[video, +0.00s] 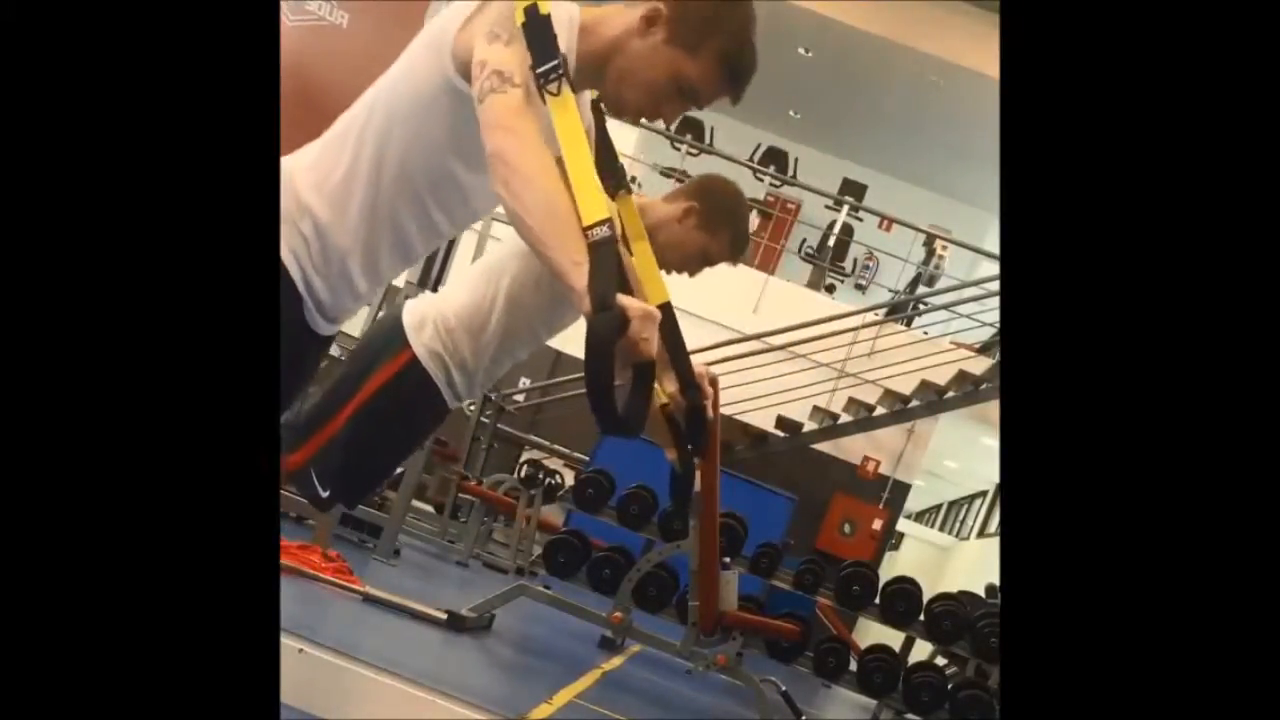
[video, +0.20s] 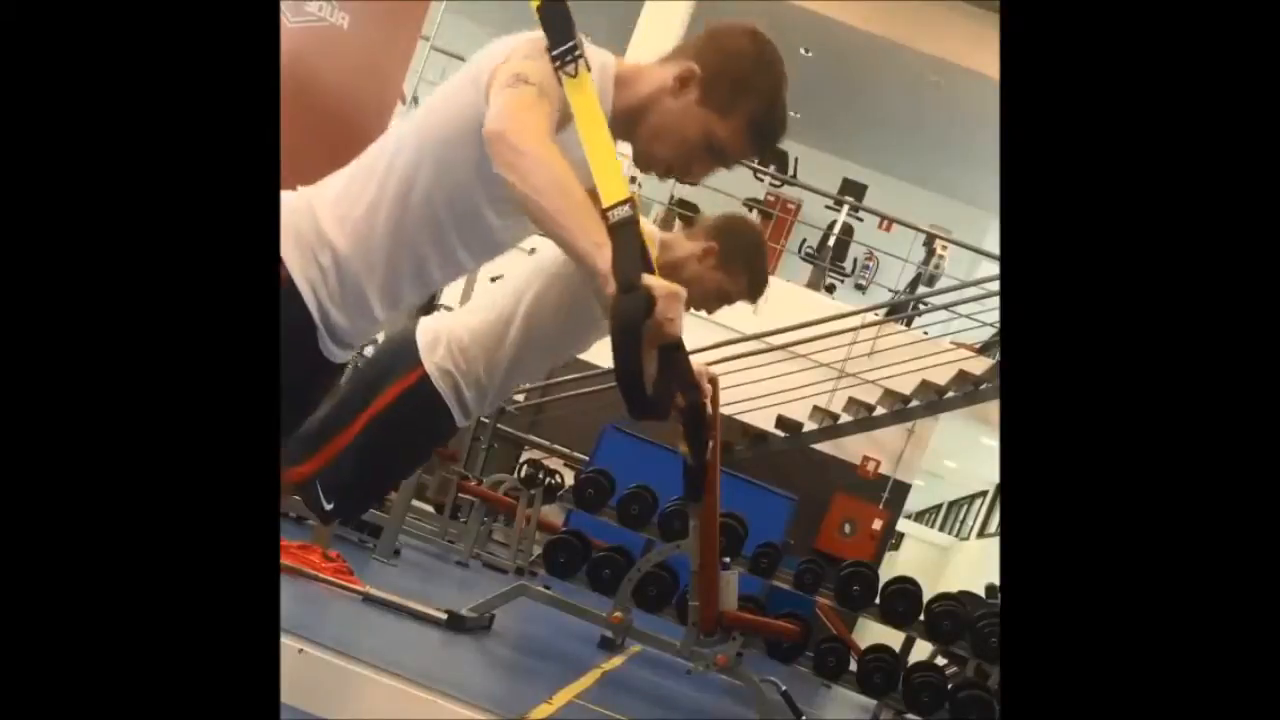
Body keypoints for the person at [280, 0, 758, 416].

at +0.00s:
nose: (671, 119)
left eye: (688, 111)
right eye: (683, 96)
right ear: (655, 22)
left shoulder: (574, 111)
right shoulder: (511, 17)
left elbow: (620, 236)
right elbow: (511, 149)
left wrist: (672, 364)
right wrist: (602, 297)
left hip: (321, 313)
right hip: (285, 259)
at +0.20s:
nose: (700, 174)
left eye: (719, 165)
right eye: (712, 151)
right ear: (686, 81)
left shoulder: (603, 160)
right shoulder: (557, 55)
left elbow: (620, 266)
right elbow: (513, 139)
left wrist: (669, 365)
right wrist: (622, 279)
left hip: (336, 340)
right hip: (292, 275)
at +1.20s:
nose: (762, 505)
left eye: (782, 507)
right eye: (781, 489)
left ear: (786, 413)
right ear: (785, 418)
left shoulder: (710, 431)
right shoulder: (692, 348)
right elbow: (550, 179)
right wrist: (642, 299)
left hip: (374, 500)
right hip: (344, 453)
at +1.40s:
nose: (764, 486)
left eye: (788, 481)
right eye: (787, 462)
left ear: (781, 380)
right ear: (782, 387)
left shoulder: (705, 417)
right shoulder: (679, 315)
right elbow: (533, 174)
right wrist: (642, 292)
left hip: (369, 490)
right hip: (335, 443)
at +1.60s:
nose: (753, 362)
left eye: (771, 364)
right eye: (770, 348)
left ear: (770, 272)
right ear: (769, 277)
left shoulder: (686, 330)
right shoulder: (667, 231)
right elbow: (519, 147)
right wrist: (638, 285)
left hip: (370, 444)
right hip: (332, 387)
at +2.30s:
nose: (669, 120)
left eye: (687, 115)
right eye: (681, 96)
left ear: (655, 20)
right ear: (658, 18)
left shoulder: (569, 90)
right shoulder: (528, 14)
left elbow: (600, 221)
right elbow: (527, 144)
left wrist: (663, 362)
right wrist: (614, 292)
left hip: (321, 301)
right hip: (286, 251)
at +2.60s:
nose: (675, 128)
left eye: (693, 122)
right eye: (687, 104)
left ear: (656, 30)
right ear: (661, 29)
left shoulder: (573, 107)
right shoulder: (536, 21)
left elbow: (608, 231)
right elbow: (520, 140)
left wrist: (664, 368)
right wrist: (608, 297)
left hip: (326, 310)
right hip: (289, 255)